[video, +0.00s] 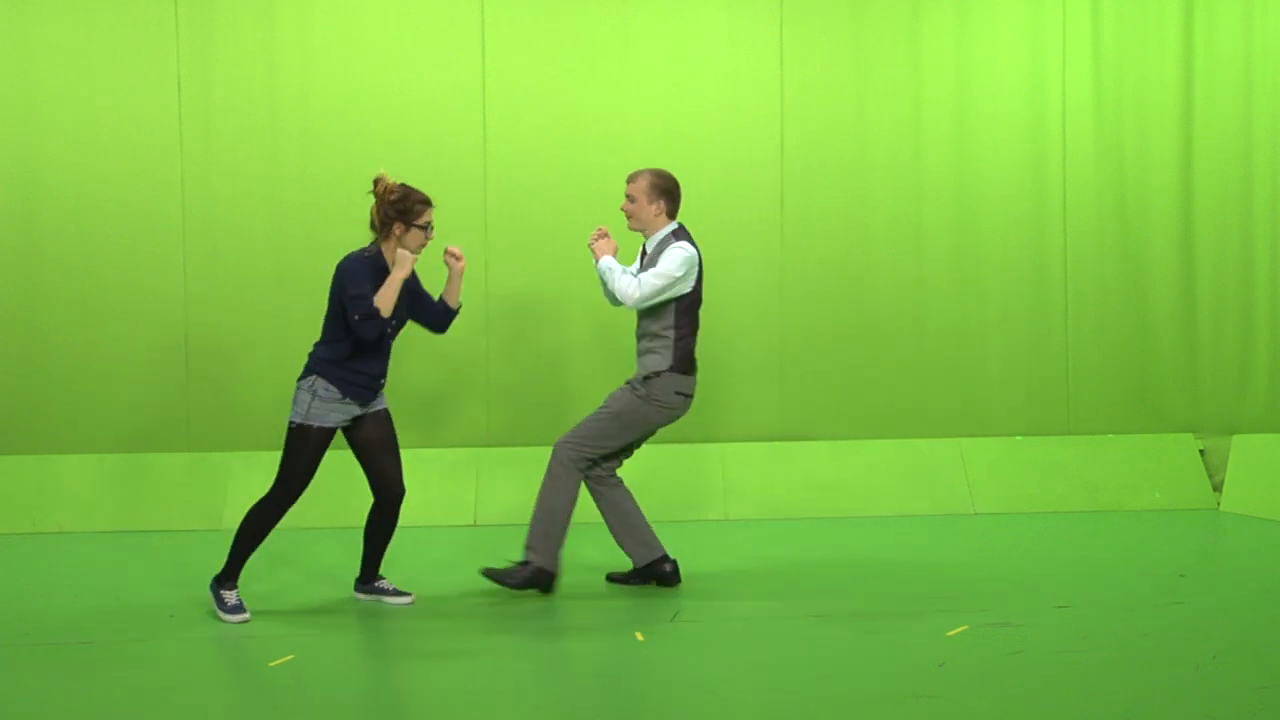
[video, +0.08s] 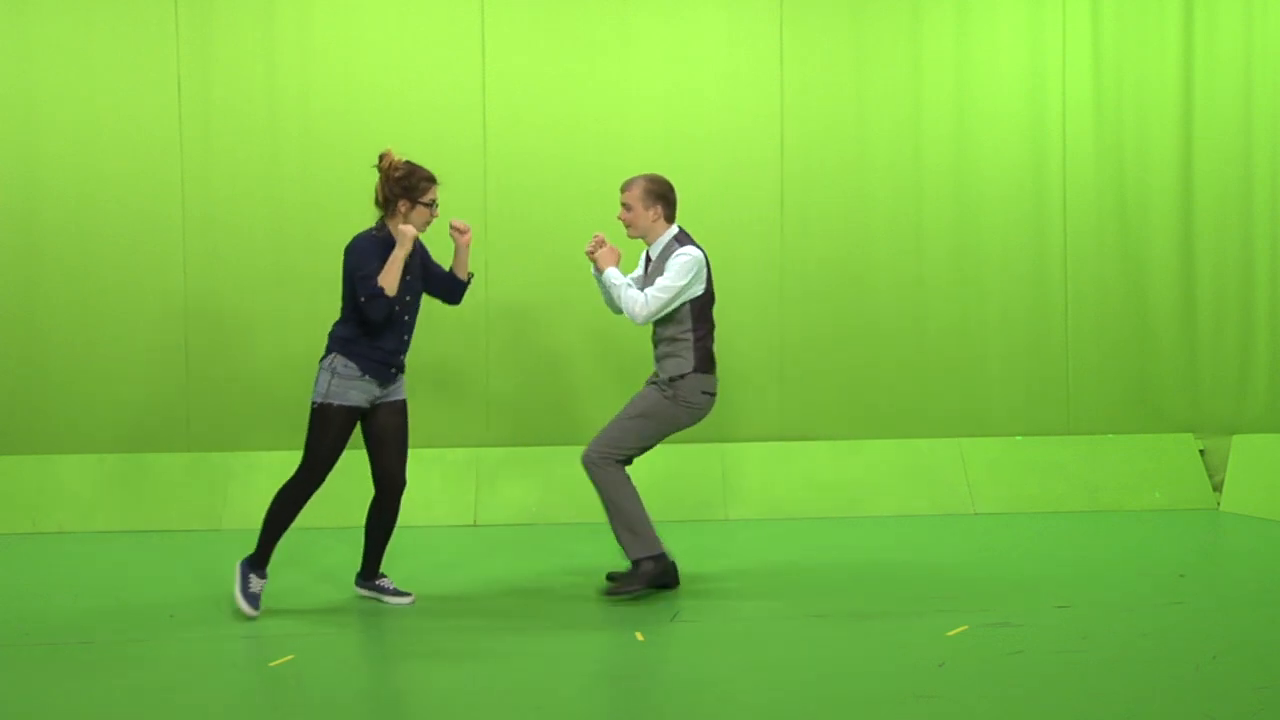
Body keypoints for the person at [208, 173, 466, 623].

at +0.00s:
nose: (430, 236)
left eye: (431, 228)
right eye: (425, 228)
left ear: (403, 230)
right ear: (397, 229)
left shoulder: (401, 275)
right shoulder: (355, 268)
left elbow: (438, 321)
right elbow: (368, 328)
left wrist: (455, 276)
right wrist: (399, 274)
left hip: (367, 396)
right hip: (324, 391)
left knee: (391, 490)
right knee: (287, 490)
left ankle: (368, 580)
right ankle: (225, 582)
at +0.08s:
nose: (435, 213)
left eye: (435, 205)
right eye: (429, 205)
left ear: (416, 208)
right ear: (403, 206)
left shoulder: (415, 252)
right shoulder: (364, 248)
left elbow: (453, 292)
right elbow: (374, 309)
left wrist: (461, 251)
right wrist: (402, 252)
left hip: (389, 379)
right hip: (347, 372)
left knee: (392, 482)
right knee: (312, 474)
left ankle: (370, 575)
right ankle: (256, 565)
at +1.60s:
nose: (534, 221)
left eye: (534, 213)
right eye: (528, 215)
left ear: (506, 218)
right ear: (502, 219)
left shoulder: (507, 255)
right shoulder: (478, 265)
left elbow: (546, 266)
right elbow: (489, 328)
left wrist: (567, 232)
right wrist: (540, 299)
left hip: (518, 373)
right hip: (505, 371)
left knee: (544, 473)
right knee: (586, 304)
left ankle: (525, 570)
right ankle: (660, 375)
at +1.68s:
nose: (533, 211)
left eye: (532, 205)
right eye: (527, 206)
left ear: (506, 210)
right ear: (503, 212)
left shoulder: (504, 249)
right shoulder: (478, 260)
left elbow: (536, 267)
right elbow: (485, 324)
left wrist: (557, 234)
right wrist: (535, 288)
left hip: (515, 369)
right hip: (505, 366)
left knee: (539, 472)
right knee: (601, 327)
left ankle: (525, 569)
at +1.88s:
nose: (536, 197)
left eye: (536, 190)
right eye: (530, 191)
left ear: (508, 198)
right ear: (505, 198)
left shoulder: (512, 240)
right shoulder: (483, 243)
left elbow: (536, 271)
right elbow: (490, 301)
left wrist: (540, 230)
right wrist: (522, 251)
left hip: (509, 360)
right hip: (496, 361)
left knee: (523, 467)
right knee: (569, 446)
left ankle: (524, 567)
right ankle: (489, 511)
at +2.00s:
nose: (538, 204)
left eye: (538, 196)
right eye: (531, 197)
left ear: (511, 205)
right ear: (508, 204)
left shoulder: (512, 245)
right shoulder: (489, 248)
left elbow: (531, 284)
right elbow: (514, 292)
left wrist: (537, 239)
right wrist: (528, 238)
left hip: (512, 370)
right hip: (490, 369)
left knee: (537, 468)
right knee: (499, 478)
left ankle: (526, 567)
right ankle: (412, 533)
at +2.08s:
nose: (541, 216)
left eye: (540, 208)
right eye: (534, 210)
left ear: (515, 216)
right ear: (508, 217)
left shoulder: (510, 258)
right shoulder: (490, 260)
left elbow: (529, 298)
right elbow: (526, 300)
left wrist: (540, 253)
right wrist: (535, 250)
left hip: (505, 388)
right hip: (479, 386)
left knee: (547, 470)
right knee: (459, 484)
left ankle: (527, 567)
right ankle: (381, 547)